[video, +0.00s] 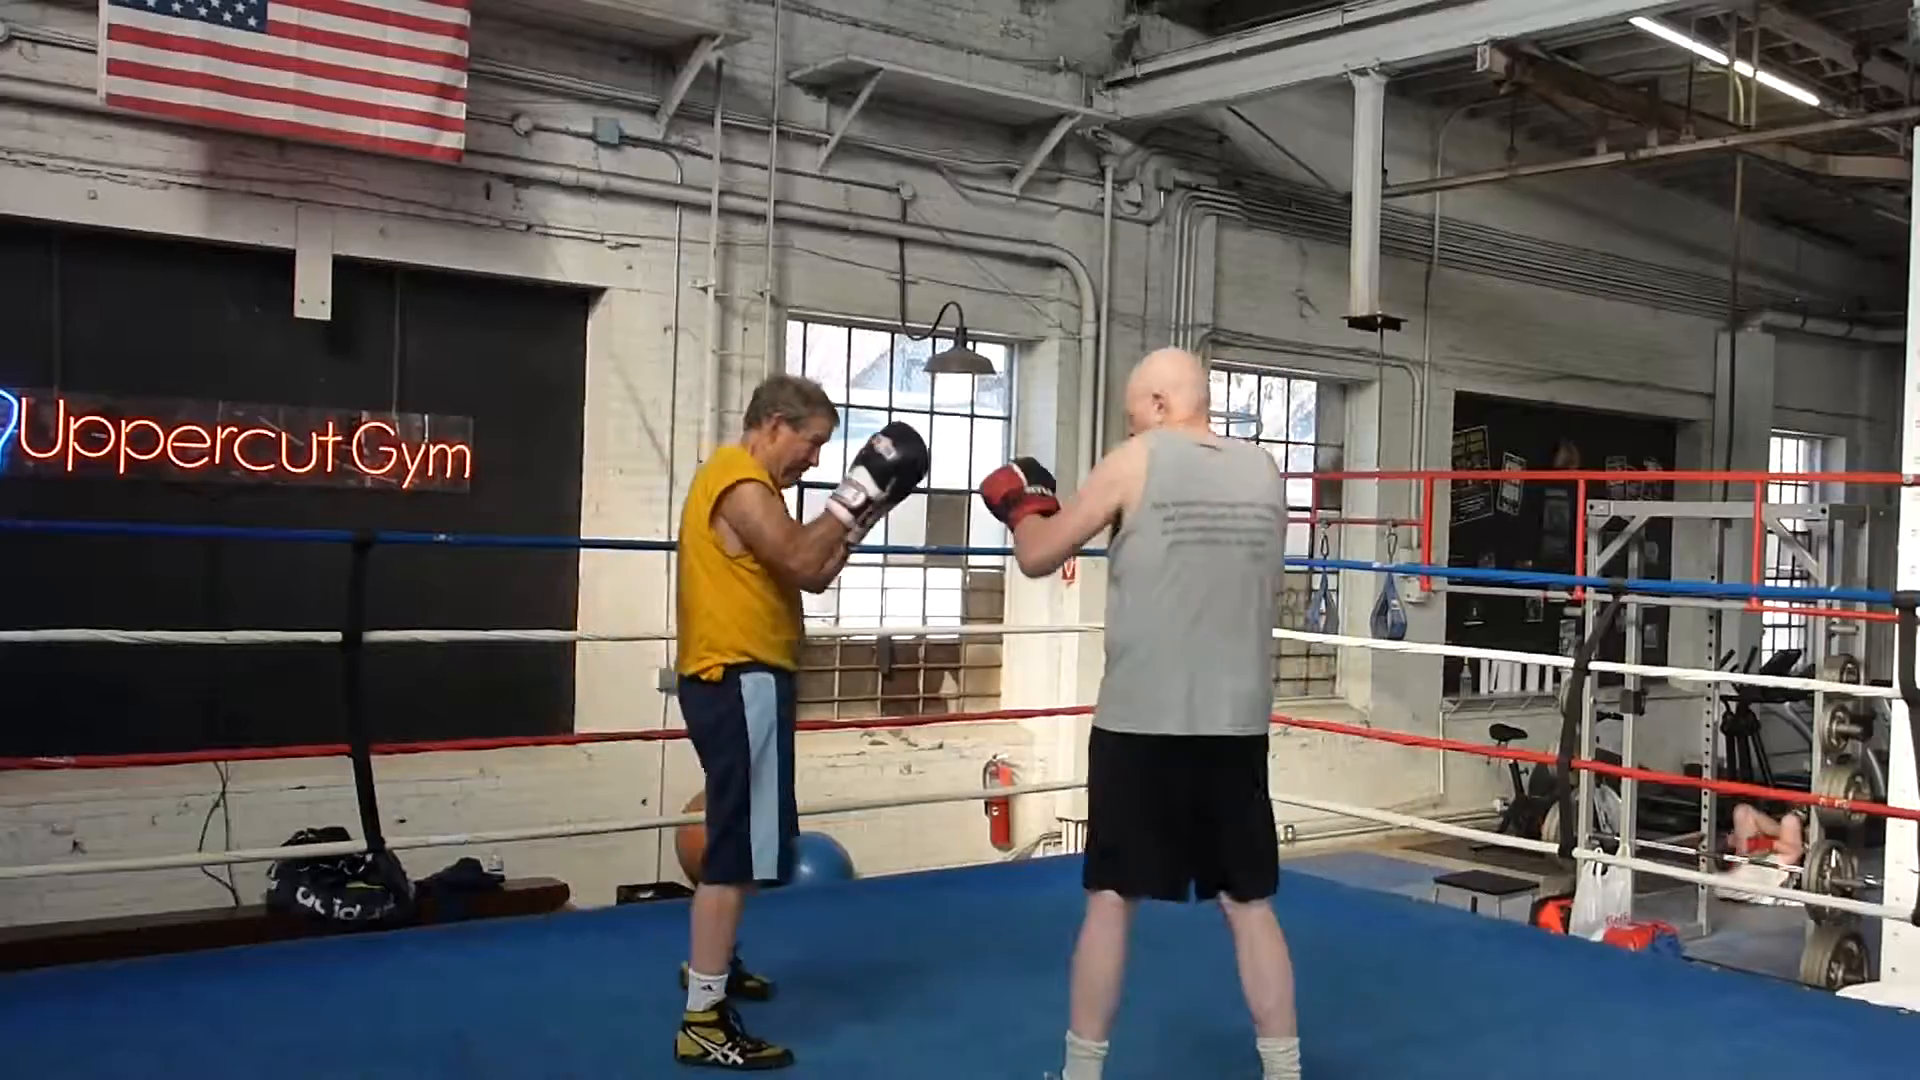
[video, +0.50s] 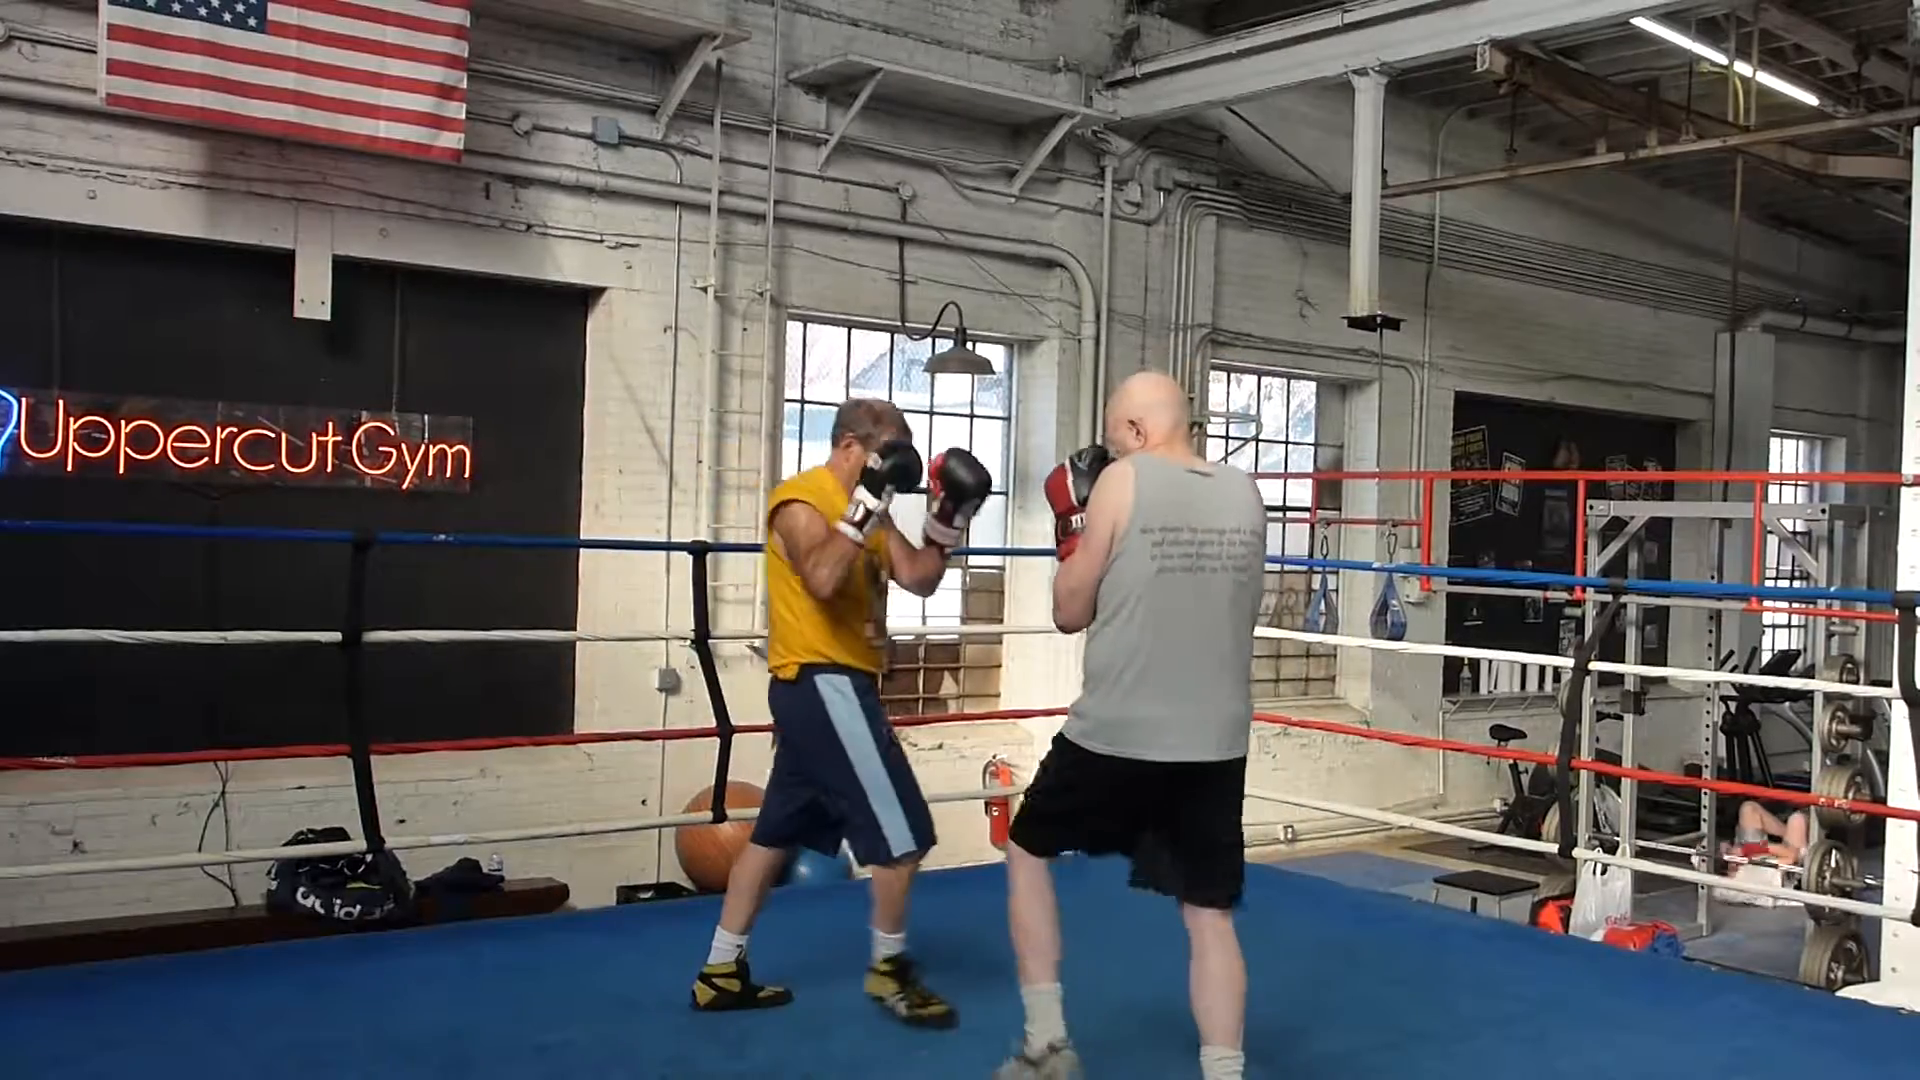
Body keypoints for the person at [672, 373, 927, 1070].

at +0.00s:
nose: (816, 458)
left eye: (821, 447)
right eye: (814, 441)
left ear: (777, 430)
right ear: (778, 425)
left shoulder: (751, 484)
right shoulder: (737, 474)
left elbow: (815, 573)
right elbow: (798, 556)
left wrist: (862, 513)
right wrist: (857, 490)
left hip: (748, 677)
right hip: (736, 679)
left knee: (741, 838)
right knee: (736, 847)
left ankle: (712, 964)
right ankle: (701, 1024)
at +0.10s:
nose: (826, 465)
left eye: (830, 455)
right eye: (824, 450)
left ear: (793, 441)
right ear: (789, 433)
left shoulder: (776, 498)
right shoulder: (743, 481)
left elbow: (828, 578)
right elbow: (797, 567)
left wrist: (872, 520)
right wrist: (844, 496)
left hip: (776, 679)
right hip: (748, 679)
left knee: (766, 838)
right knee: (743, 847)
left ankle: (728, 966)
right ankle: (702, 1022)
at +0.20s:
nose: (834, 470)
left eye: (838, 459)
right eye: (831, 455)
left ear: (800, 444)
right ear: (798, 441)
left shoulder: (790, 506)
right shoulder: (752, 491)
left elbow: (855, 574)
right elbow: (810, 562)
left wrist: (883, 505)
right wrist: (848, 494)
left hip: (787, 679)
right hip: (763, 679)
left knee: (781, 838)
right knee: (777, 845)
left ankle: (728, 976)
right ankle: (710, 1014)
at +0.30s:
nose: (846, 468)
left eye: (849, 459)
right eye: (842, 456)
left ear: (819, 452)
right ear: (811, 443)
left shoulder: (811, 508)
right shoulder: (765, 489)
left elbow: (876, 569)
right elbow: (821, 556)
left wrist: (898, 497)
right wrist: (848, 480)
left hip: (802, 675)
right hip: (776, 675)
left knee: (775, 838)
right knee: (836, 844)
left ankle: (721, 972)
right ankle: (755, 980)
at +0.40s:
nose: (866, 460)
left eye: (869, 451)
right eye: (860, 448)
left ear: (833, 445)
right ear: (827, 440)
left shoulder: (835, 508)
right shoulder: (780, 488)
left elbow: (896, 567)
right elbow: (823, 558)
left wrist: (923, 501)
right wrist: (861, 483)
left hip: (820, 676)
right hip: (795, 676)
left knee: (769, 832)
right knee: (872, 831)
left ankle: (720, 972)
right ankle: (817, 973)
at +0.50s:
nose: (895, 467)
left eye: (900, 458)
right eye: (888, 454)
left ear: (869, 454)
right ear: (848, 446)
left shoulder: (867, 512)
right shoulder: (800, 498)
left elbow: (919, 576)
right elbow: (821, 579)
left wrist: (950, 519)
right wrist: (865, 509)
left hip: (839, 680)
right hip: (820, 681)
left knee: (776, 831)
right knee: (901, 832)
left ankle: (721, 971)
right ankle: (888, 973)